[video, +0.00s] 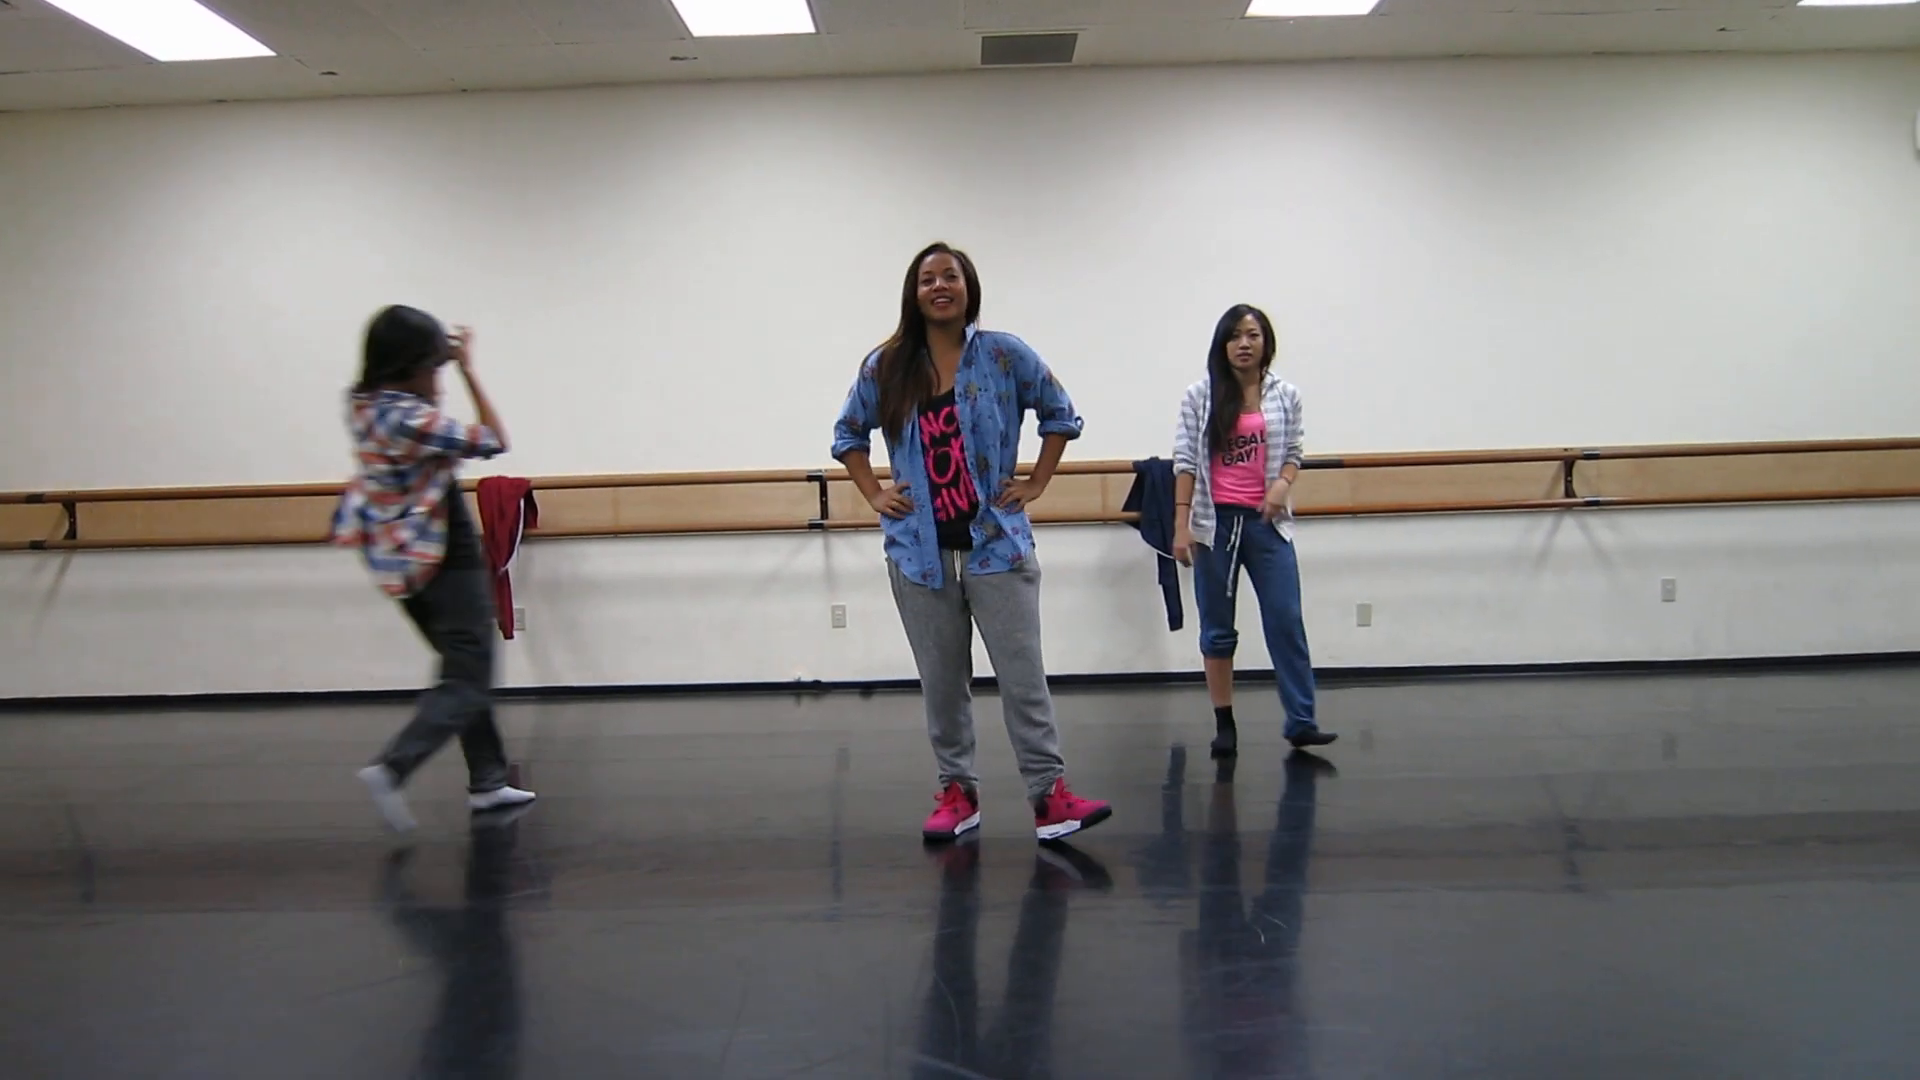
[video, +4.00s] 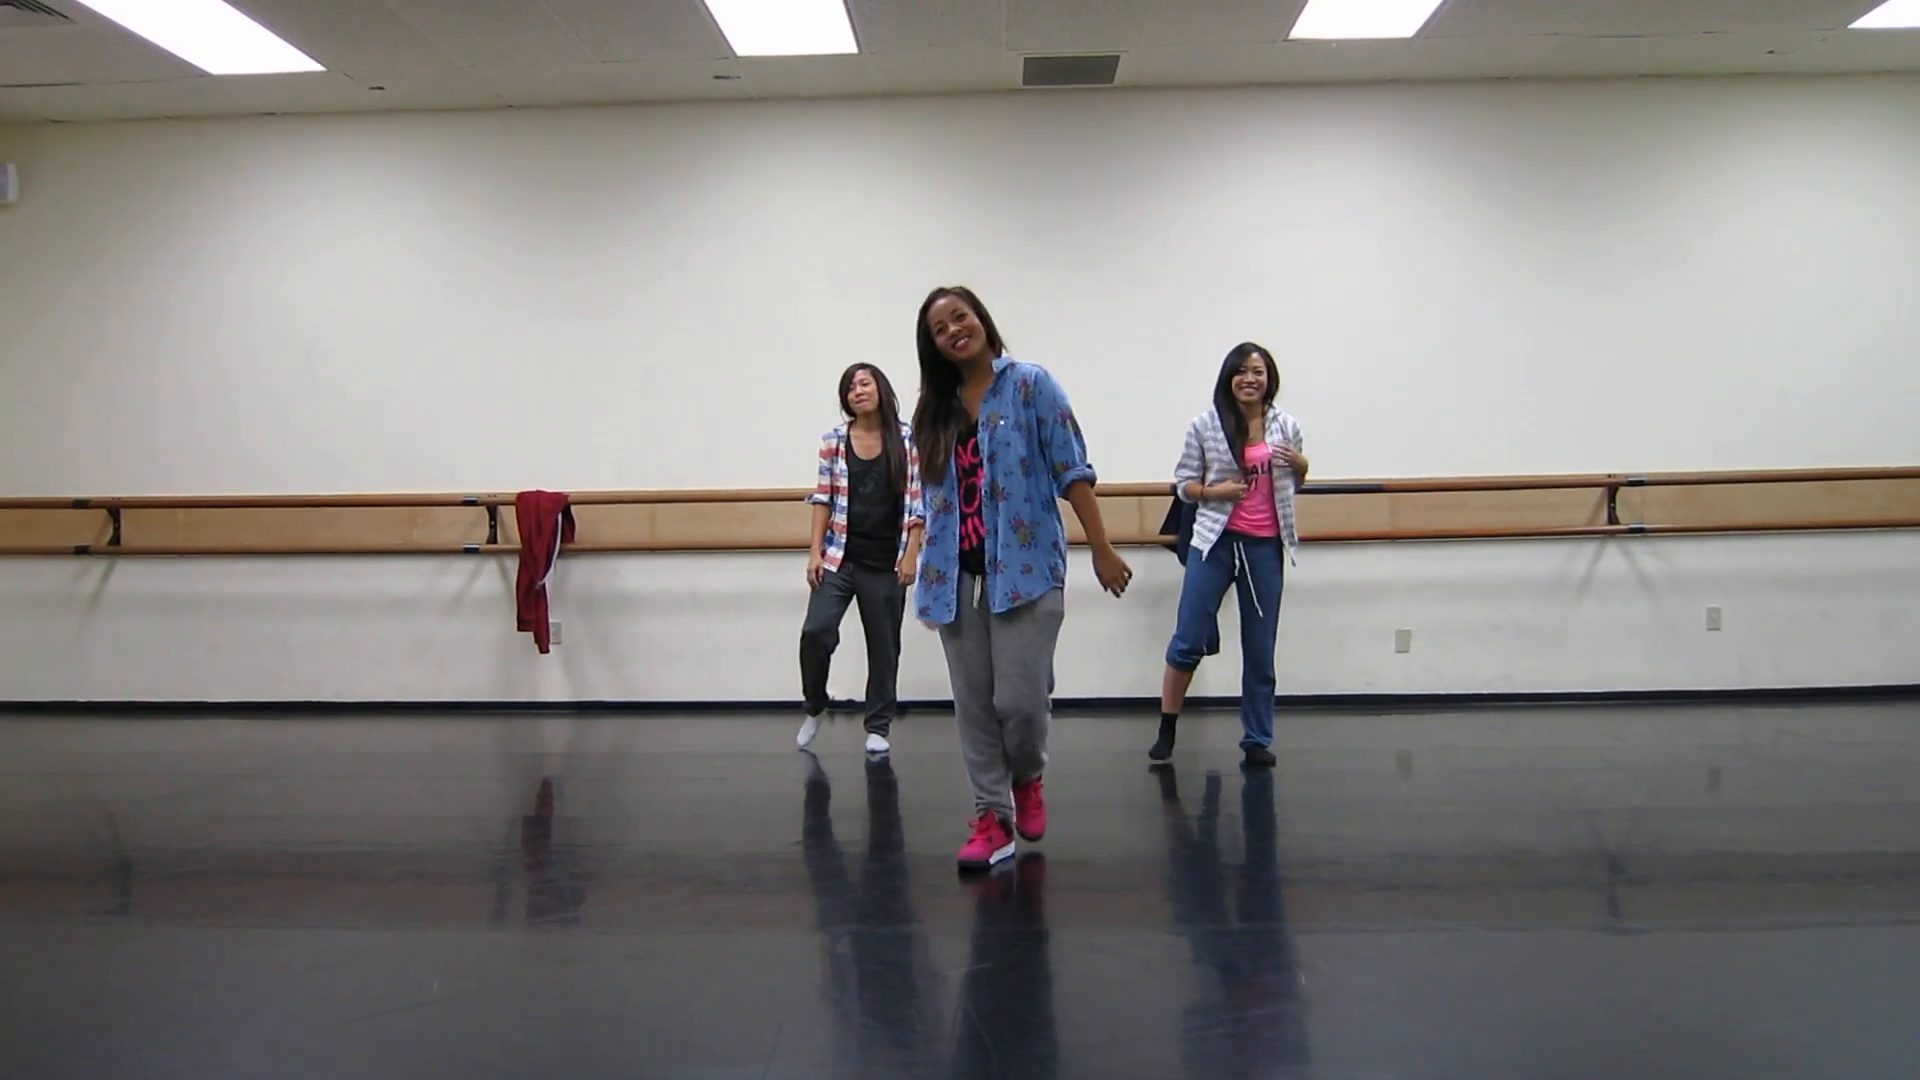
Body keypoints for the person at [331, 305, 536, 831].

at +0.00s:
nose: (439, 377)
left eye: (438, 368)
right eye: (434, 368)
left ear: (383, 365)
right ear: (410, 368)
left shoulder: (363, 408)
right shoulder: (407, 418)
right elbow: (494, 440)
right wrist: (468, 367)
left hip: (406, 566)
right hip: (446, 563)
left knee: (463, 669)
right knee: (470, 675)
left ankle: (489, 782)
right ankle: (389, 771)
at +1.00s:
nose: (795, 354)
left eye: (803, 347)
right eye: (787, 348)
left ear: (816, 357)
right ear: (774, 357)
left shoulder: (831, 408)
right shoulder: (756, 412)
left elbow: (867, 455)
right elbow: (753, 478)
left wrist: (850, 422)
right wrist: (782, 528)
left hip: (824, 536)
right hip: (778, 538)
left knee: (835, 622)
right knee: (795, 628)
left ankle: (838, 706)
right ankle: (805, 718)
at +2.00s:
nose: (837, 371)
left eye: (847, 366)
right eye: (832, 363)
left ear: (859, 376)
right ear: (821, 369)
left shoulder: (875, 420)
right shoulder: (800, 417)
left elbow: (889, 480)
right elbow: (786, 474)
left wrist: (894, 533)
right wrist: (779, 522)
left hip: (862, 541)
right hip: (812, 543)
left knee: (866, 622)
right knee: (821, 628)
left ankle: (871, 711)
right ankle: (832, 706)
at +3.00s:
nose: (860, 387)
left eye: (869, 383)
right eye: (855, 380)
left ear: (882, 391)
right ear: (844, 385)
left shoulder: (897, 435)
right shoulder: (824, 432)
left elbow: (907, 496)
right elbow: (816, 489)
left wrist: (902, 550)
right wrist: (812, 538)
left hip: (880, 558)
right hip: (833, 554)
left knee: (880, 642)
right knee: (820, 636)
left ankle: (874, 720)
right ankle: (813, 718)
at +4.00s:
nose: (859, 389)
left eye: (866, 383)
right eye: (852, 386)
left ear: (882, 390)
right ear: (846, 398)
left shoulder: (906, 438)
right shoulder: (833, 440)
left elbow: (918, 503)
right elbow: (823, 498)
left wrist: (911, 554)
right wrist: (815, 551)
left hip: (885, 565)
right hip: (838, 560)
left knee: (883, 651)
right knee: (815, 632)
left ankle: (878, 729)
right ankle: (815, 709)